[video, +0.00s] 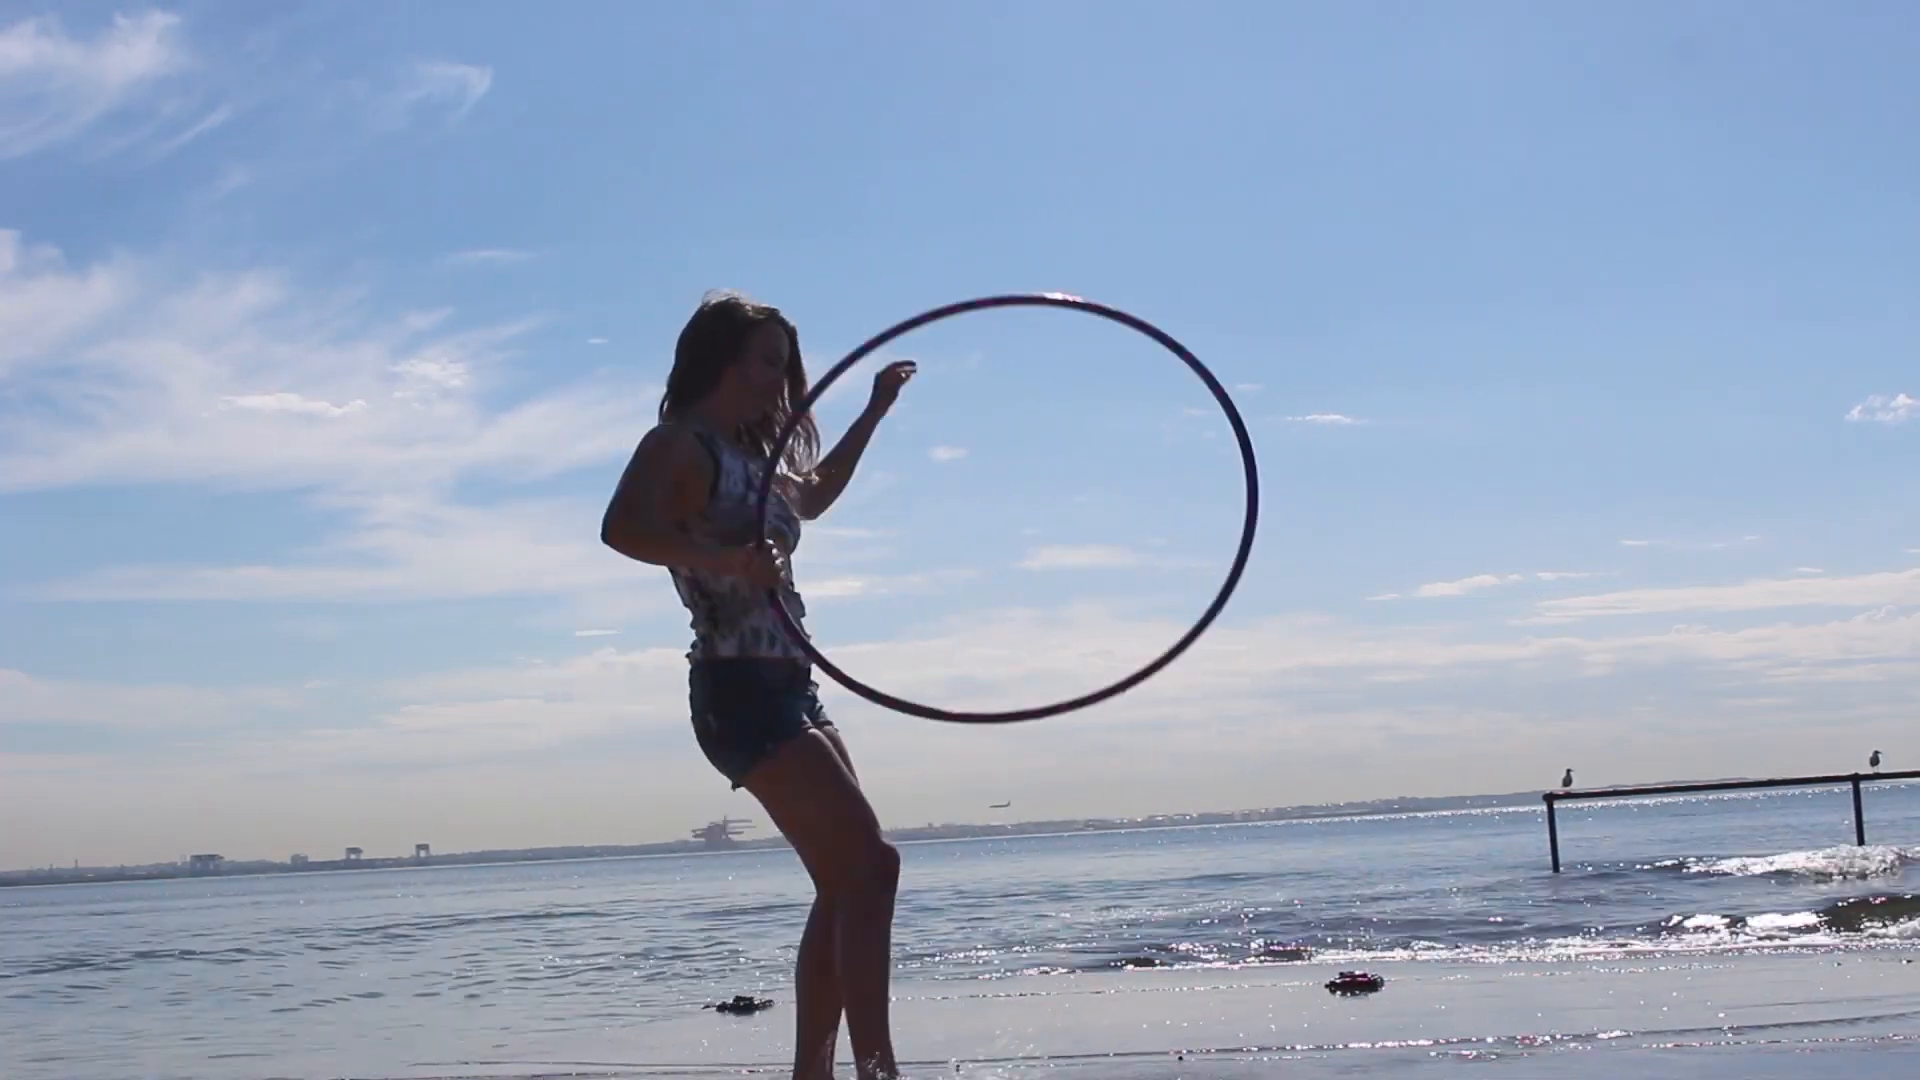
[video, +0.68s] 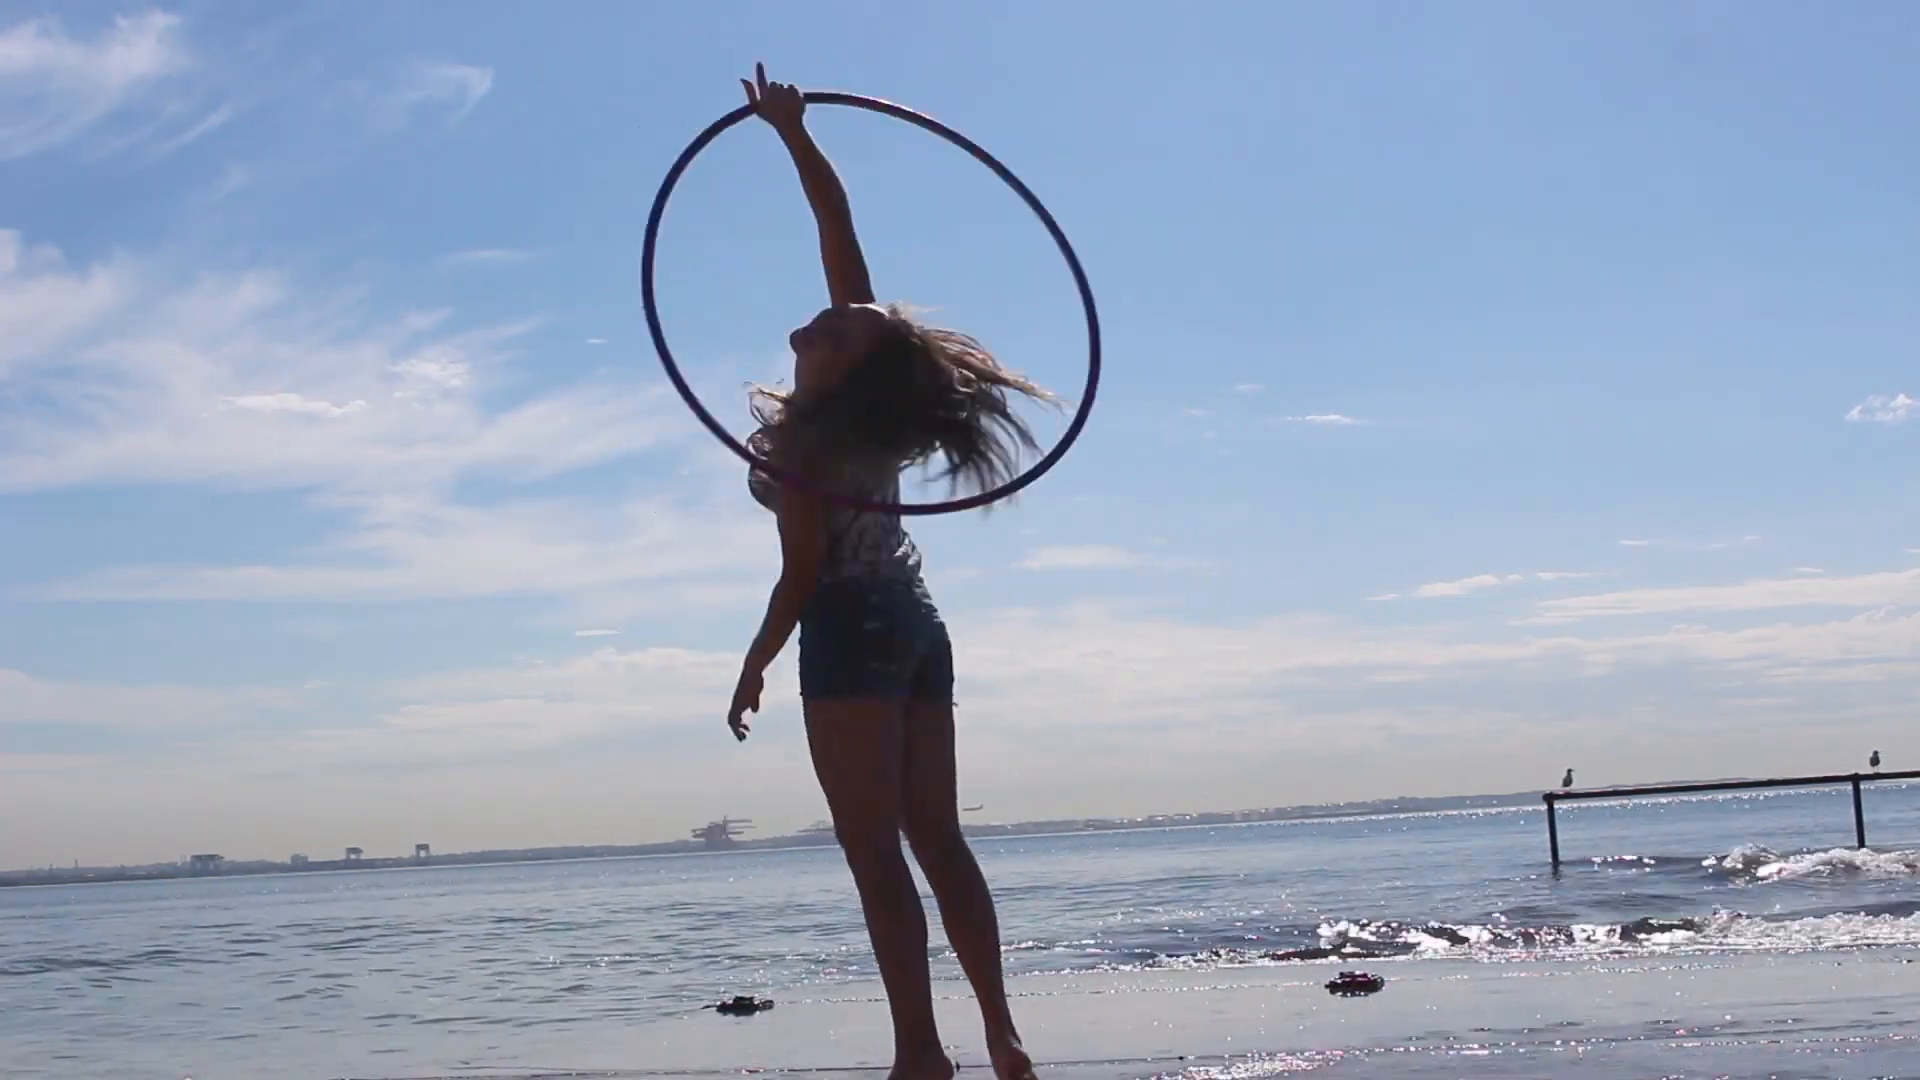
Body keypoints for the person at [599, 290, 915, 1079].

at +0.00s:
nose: (781, 379)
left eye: (785, 366)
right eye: (770, 363)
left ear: (774, 371)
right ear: (724, 362)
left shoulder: (756, 450)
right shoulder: (678, 441)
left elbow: (814, 495)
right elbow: (623, 527)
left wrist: (874, 412)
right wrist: (723, 559)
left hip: (786, 685)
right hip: (744, 690)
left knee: (843, 880)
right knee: (870, 867)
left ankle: (811, 1070)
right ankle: (878, 1066)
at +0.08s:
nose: (798, 385)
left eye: (801, 372)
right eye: (785, 367)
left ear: (786, 379)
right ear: (740, 368)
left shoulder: (777, 451)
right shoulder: (693, 462)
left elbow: (813, 383)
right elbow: (681, 598)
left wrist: (792, 284)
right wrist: (767, 592)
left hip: (814, 695)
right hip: (763, 703)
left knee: (855, 892)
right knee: (900, 865)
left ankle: (813, 1071)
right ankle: (1021, 1046)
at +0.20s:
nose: (813, 396)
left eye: (818, 380)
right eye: (800, 377)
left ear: (817, 389)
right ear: (753, 375)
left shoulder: (797, 452)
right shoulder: (717, 474)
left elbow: (813, 335)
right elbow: (787, 588)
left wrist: (696, 286)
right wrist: (876, 522)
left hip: (841, 699)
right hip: (794, 710)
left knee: (869, 892)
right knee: (932, 838)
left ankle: (814, 1072)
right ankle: (1040, 1044)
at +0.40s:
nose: (839, 341)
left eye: (835, 328)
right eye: (825, 329)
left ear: (761, 354)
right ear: (780, 349)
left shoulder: (748, 436)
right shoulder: (786, 452)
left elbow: (717, 358)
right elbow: (911, 487)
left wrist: (731, 267)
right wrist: (889, 385)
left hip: (821, 664)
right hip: (872, 664)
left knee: (850, 868)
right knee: (941, 854)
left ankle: (821, 1063)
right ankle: (959, 1056)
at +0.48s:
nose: (849, 311)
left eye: (842, 298)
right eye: (835, 299)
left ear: (763, 327)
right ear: (803, 318)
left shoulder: (739, 416)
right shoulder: (843, 414)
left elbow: (679, 449)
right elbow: (958, 361)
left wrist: (697, 352)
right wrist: (895, 268)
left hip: (808, 641)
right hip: (895, 636)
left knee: (846, 844)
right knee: (920, 850)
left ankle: (857, 1050)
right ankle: (963, 1051)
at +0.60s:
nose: (818, 315)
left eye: (795, 322)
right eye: (836, 316)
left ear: (779, 358)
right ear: (860, 342)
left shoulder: (759, 417)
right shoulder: (896, 380)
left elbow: (745, 545)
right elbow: (902, 225)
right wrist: (850, 114)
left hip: (816, 634)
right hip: (909, 619)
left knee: (869, 853)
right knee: (942, 838)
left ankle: (905, 1051)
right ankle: (995, 1040)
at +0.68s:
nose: (817, 321)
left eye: (830, 332)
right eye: (835, 319)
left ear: (839, 372)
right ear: (847, 357)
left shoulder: (793, 441)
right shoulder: (876, 387)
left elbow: (803, 573)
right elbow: (837, 229)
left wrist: (756, 660)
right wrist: (792, 126)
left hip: (848, 639)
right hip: (920, 628)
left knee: (872, 852)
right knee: (940, 837)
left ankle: (919, 1052)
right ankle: (1002, 1038)